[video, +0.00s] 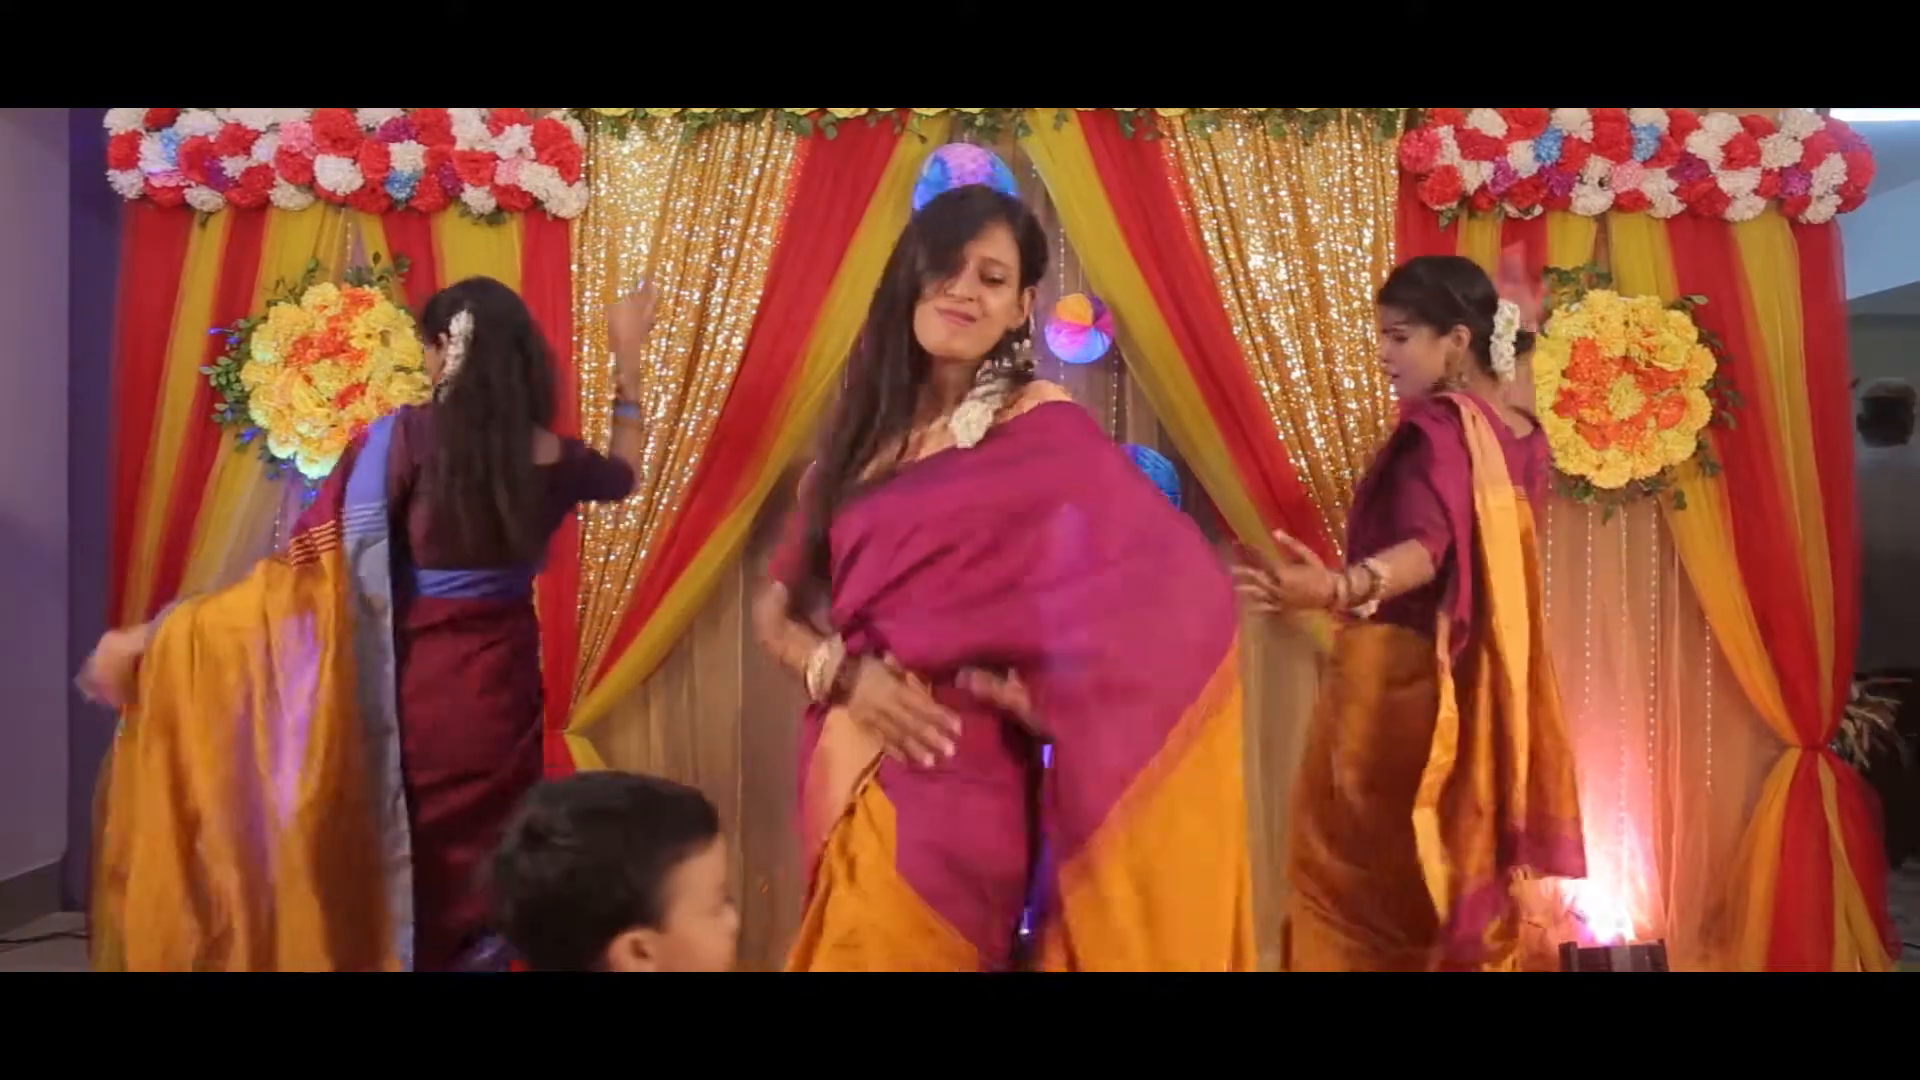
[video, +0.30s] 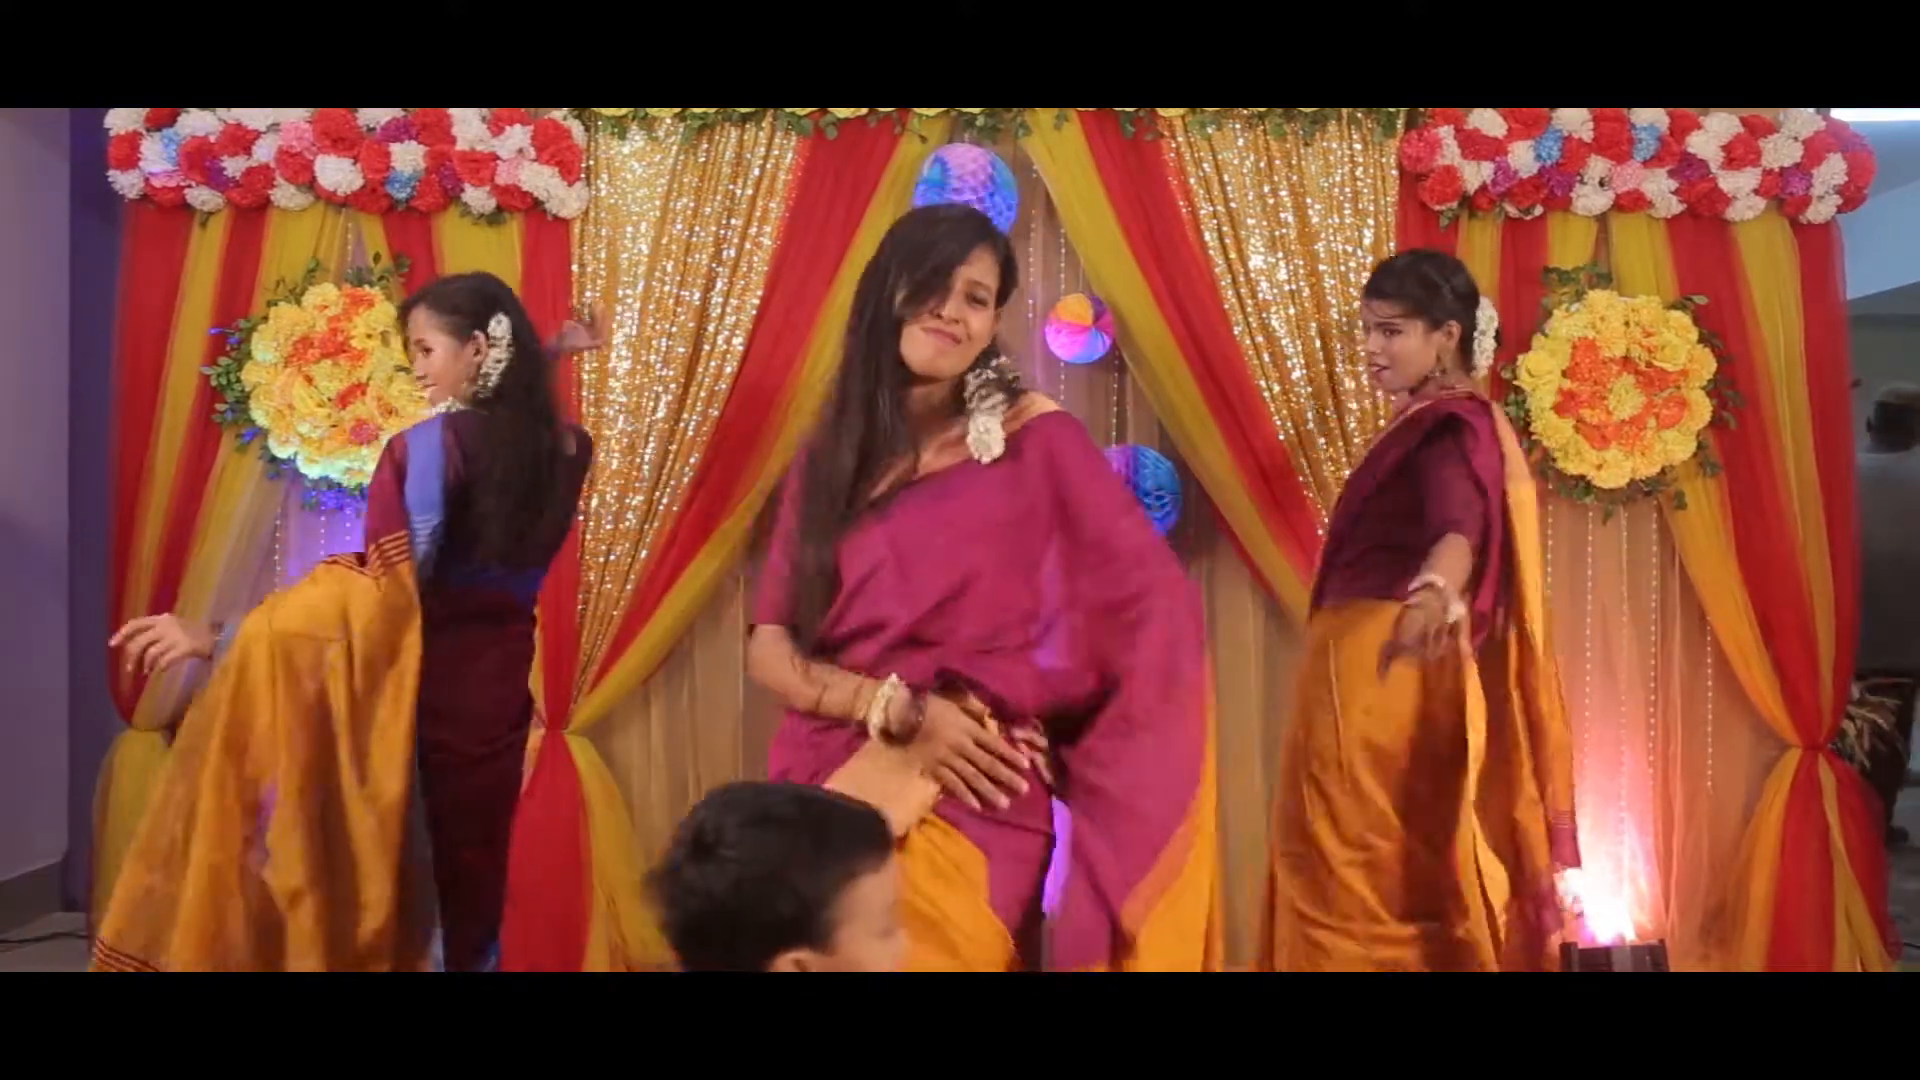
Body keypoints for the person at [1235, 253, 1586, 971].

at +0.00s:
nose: (1384, 354)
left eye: (1400, 336)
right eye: (1382, 335)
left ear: (1458, 340)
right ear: (1458, 345)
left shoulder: (1436, 427)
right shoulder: (1515, 432)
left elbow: (1427, 547)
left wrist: (1334, 585)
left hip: (1395, 667)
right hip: (1466, 670)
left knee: (1349, 864)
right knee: (1448, 856)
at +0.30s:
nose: (1372, 348)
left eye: (1391, 329)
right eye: (1368, 330)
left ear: (1446, 338)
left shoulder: (1450, 423)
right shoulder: (1429, 421)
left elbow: (1461, 519)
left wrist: (1437, 584)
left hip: (1384, 650)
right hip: (1367, 646)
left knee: (1346, 848)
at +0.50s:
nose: (1374, 349)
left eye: (1393, 330)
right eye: (1366, 329)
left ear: (1446, 340)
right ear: (1362, 336)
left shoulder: (1467, 430)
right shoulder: (1392, 431)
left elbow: (1495, 520)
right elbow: (1358, 400)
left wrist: (1483, 576)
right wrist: (1339, 325)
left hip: (1407, 658)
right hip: (1343, 656)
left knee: (1348, 873)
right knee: (1295, 863)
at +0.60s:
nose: (1371, 365)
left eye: (1391, 348)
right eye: (1365, 347)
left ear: (1445, 359)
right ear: (1361, 355)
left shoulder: (1472, 447)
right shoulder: (1394, 460)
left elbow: (1511, 571)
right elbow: (1337, 465)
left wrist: (1494, 625)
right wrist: (1320, 368)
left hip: (1422, 697)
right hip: (1357, 698)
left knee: (1309, 880)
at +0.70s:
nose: (1371, 366)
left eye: (1393, 348)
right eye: (1365, 348)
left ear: (1446, 359)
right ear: (1357, 354)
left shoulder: (1477, 443)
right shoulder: (1392, 458)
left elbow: (1511, 557)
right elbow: (1326, 465)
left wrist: (1520, 619)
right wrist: (1293, 377)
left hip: (1427, 700)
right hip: (1366, 700)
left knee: (1328, 894)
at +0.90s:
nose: (1375, 355)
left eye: (1398, 336)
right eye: (1368, 335)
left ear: (1449, 345)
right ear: (1361, 337)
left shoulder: (1487, 432)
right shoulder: (1391, 445)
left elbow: (1532, 559)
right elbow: (1307, 439)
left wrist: (1545, 588)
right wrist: (1277, 342)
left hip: (1435, 682)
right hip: (1368, 682)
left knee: (1346, 870)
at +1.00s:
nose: (1375, 361)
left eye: (1399, 343)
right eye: (1367, 343)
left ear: (1448, 356)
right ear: (1358, 348)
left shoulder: (1487, 440)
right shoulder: (1388, 463)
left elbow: (1533, 565)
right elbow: (1302, 475)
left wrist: (1559, 633)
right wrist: (1266, 398)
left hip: (1441, 701)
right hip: (1364, 704)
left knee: (1353, 895)